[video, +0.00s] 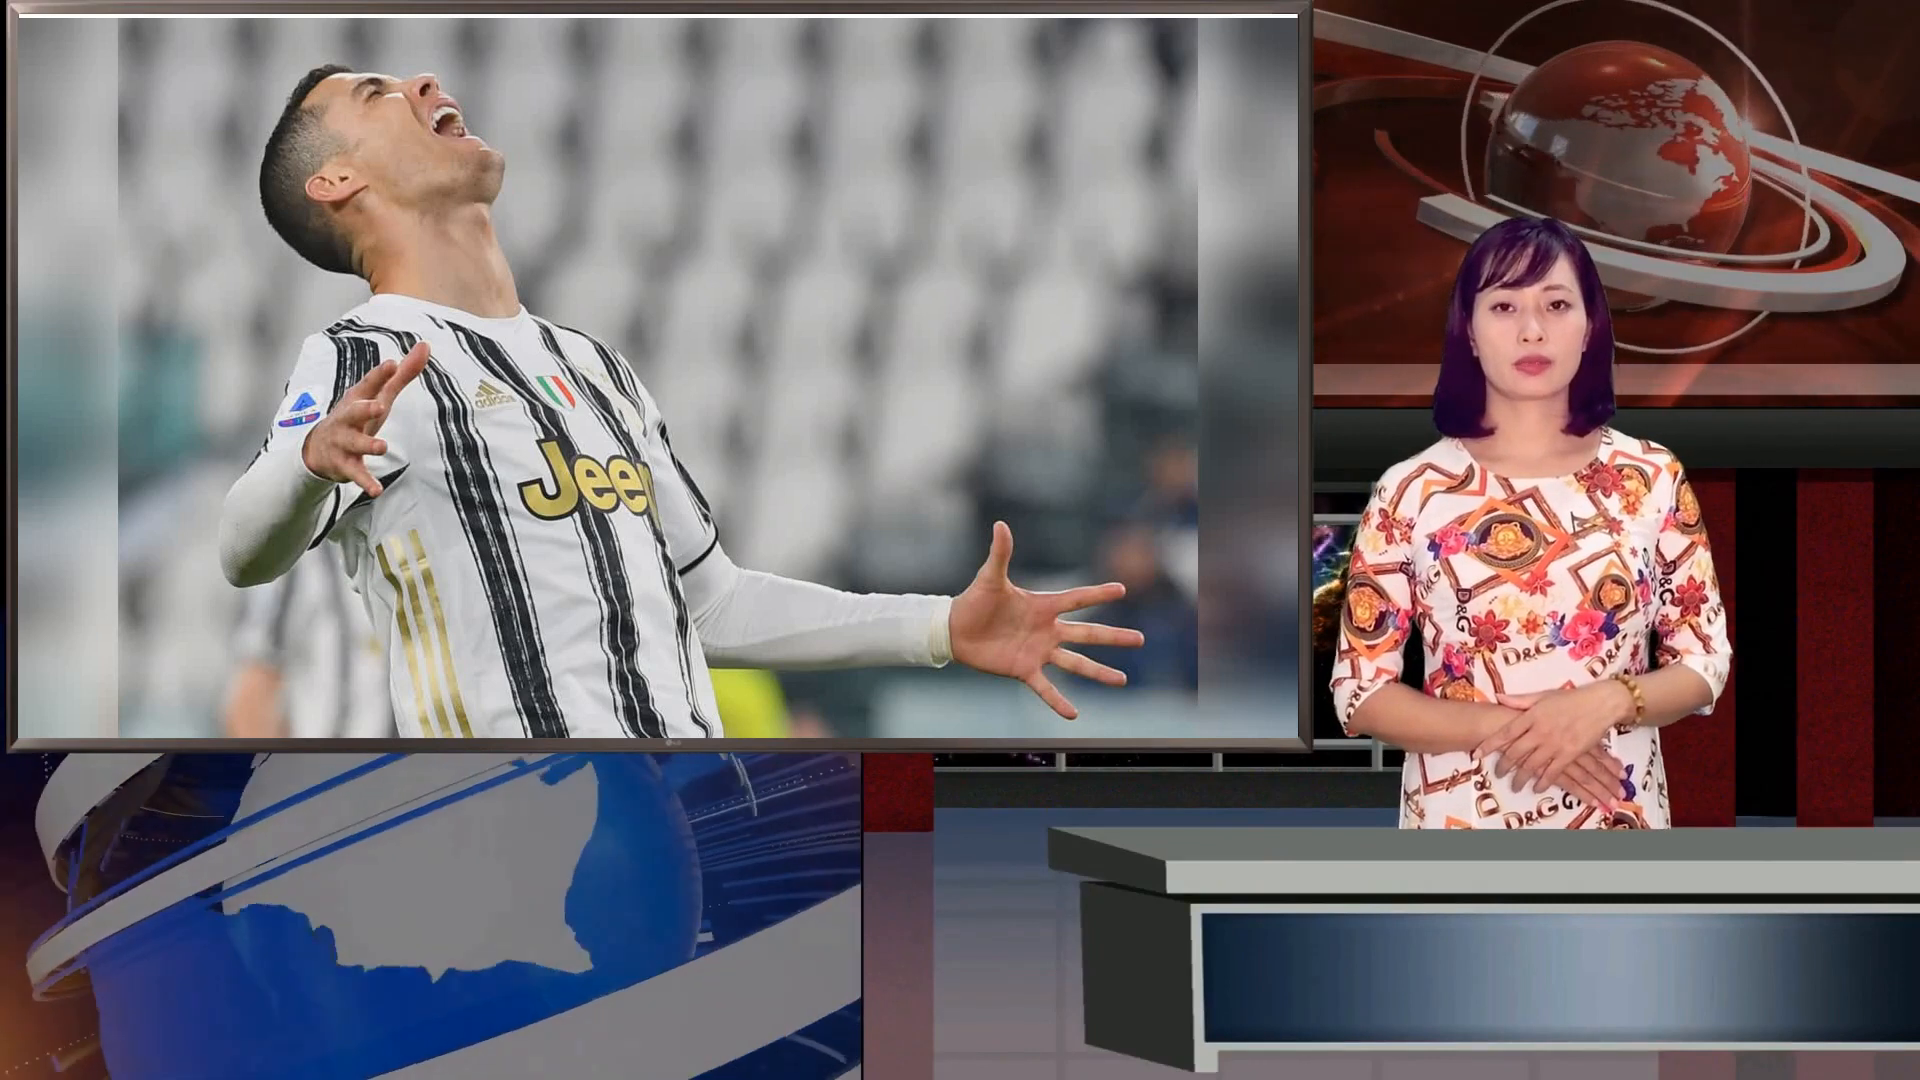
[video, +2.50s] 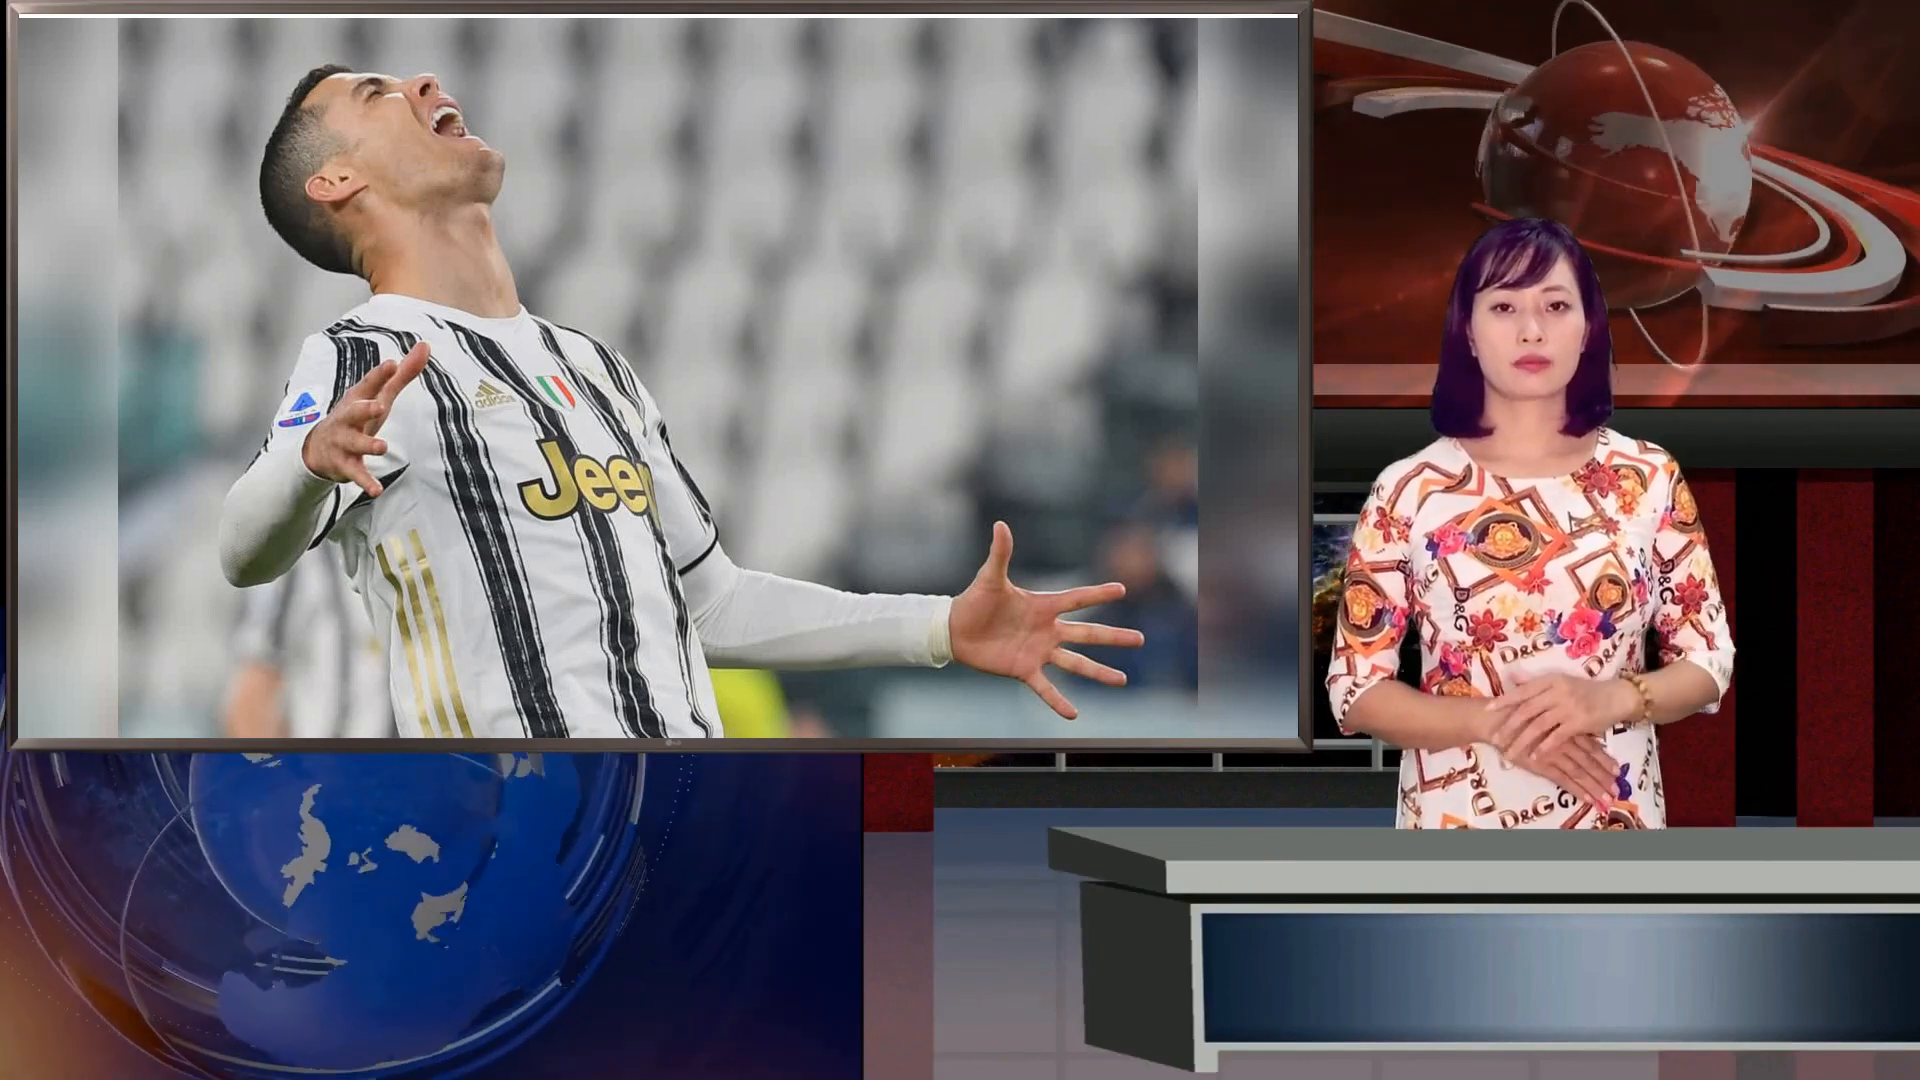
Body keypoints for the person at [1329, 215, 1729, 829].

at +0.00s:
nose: (1532, 329)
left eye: (1557, 305)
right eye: (1504, 307)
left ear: (1590, 325)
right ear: (1467, 328)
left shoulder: (1650, 478)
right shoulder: (1409, 492)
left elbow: (1704, 661)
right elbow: (1359, 691)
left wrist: (1606, 702)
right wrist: (1517, 732)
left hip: (1617, 830)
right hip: (1460, 831)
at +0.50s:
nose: (1531, 330)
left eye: (1555, 306)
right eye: (1503, 307)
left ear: (1589, 326)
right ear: (1466, 328)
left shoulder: (1648, 478)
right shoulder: (1407, 492)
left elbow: (1702, 661)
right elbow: (1357, 691)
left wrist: (1604, 701)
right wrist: (1516, 731)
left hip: (1615, 830)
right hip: (1458, 830)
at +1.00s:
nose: (1528, 331)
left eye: (1553, 307)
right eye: (1501, 309)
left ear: (1586, 326)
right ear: (1464, 329)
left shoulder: (1646, 477)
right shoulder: (1406, 491)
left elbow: (1702, 659)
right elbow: (1357, 691)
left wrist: (1602, 699)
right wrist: (1516, 729)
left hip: (1614, 831)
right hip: (1457, 830)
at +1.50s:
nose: (1530, 330)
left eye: (1555, 306)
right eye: (1502, 308)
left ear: (1588, 327)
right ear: (1467, 330)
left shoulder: (1647, 478)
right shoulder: (1407, 491)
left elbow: (1701, 660)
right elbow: (1357, 689)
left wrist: (1602, 700)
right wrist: (1513, 729)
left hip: (1613, 831)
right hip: (1457, 830)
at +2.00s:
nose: (1531, 329)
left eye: (1555, 305)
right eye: (1502, 307)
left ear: (1588, 326)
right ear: (1466, 328)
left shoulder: (1647, 479)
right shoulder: (1406, 492)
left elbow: (1704, 668)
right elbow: (1355, 689)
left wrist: (1652, 682)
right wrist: (1498, 724)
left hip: (1613, 833)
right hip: (1456, 832)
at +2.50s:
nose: (1531, 329)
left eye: (1556, 306)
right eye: (1503, 308)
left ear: (1588, 326)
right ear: (1467, 329)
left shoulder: (1647, 479)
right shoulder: (1407, 491)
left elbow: (1707, 660)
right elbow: (1355, 689)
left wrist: (1608, 700)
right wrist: (1492, 722)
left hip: (1613, 830)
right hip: (1457, 829)